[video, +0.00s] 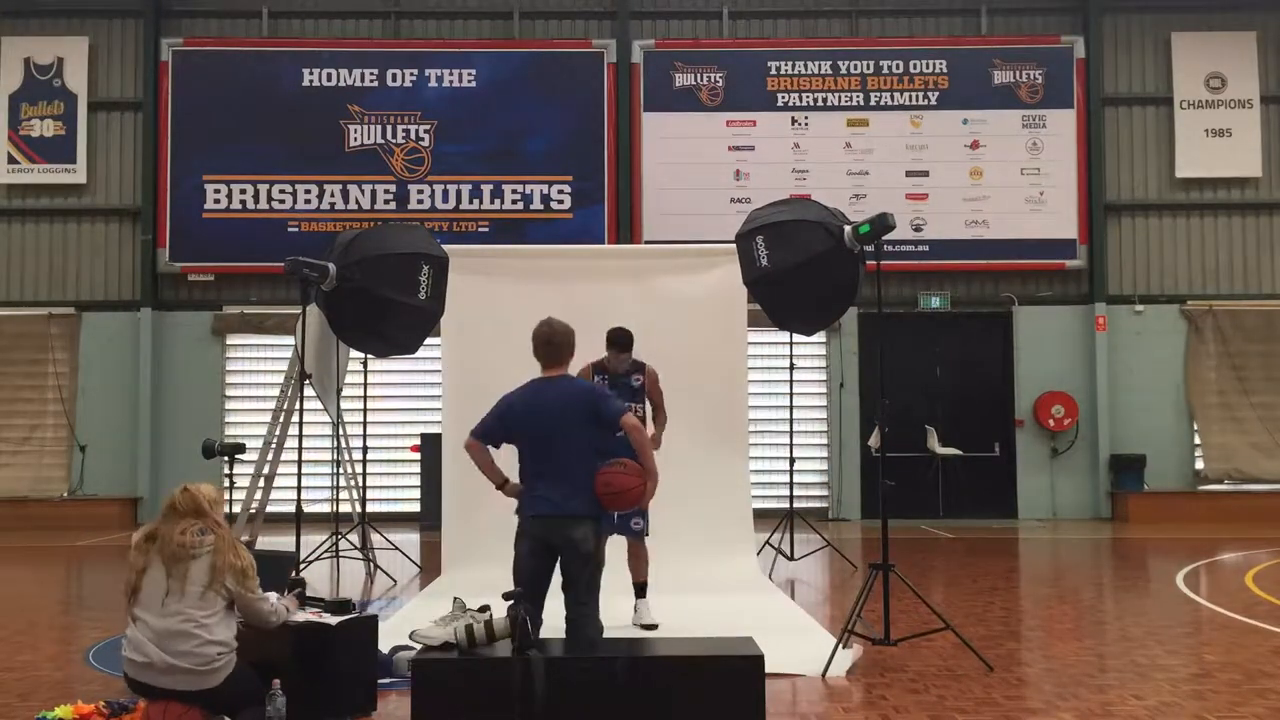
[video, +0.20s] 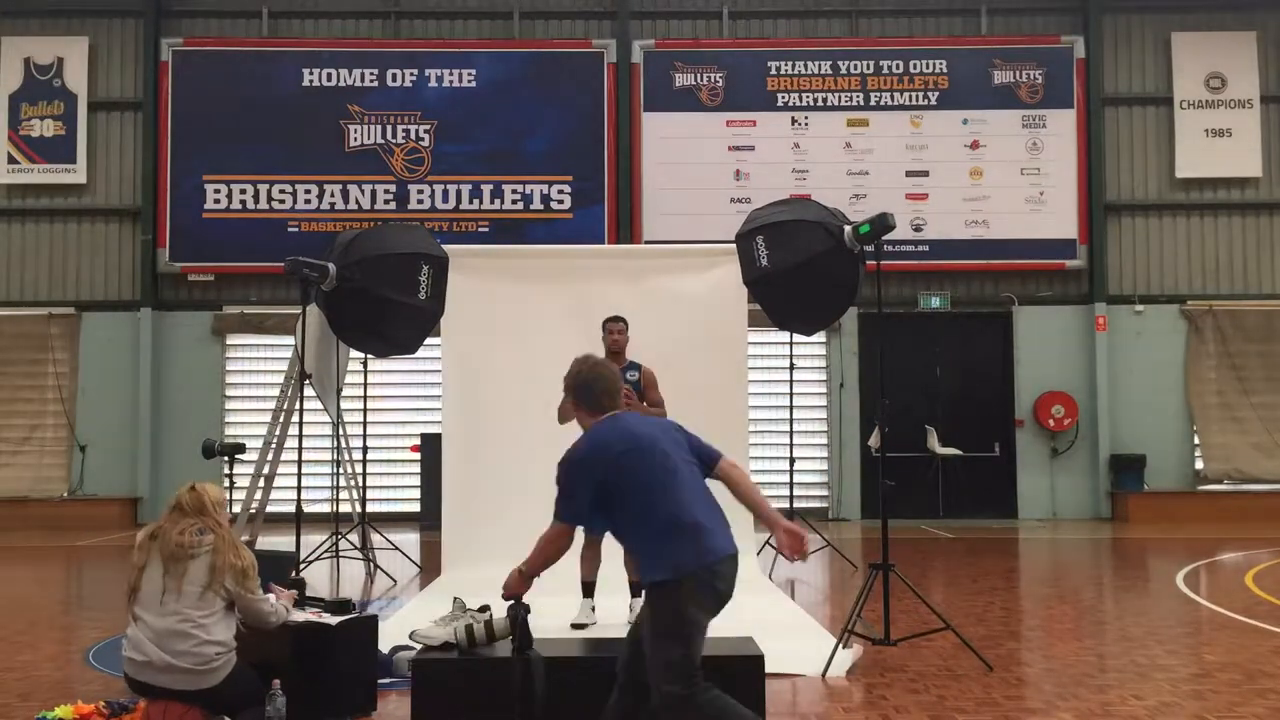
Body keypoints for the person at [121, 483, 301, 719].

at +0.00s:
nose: (224, 517)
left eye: (223, 511)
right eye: (222, 511)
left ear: (173, 511)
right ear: (212, 513)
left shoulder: (144, 542)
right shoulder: (228, 552)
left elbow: (136, 600)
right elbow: (263, 615)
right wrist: (286, 606)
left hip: (141, 678)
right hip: (206, 681)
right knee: (254, 703)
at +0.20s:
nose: (229, 517)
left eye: (227, 510)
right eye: (224, 510)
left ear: (178, 510)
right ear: (213, 513)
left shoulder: (146, 541)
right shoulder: (230, 553)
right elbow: (263, 616)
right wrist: (284, 603)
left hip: (140, 677)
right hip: (205, 682)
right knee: (254, 702)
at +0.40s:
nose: (225, 514)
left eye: (224, 507)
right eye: (222, 508)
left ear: (176, 509)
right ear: (215, 511)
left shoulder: (145, 541)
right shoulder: (231, 553)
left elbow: (137, 600)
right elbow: (261, 616)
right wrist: (286, 605)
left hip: (140, 677)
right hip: (205, 680)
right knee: (254, 702)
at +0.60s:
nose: (228, 515)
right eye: (225, 509)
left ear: (179, 509)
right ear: (220, 512)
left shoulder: (147, 540)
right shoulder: (233, 555)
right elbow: (260, 616)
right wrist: (287, 605)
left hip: (140, 677)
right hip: (204, 681)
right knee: (254, 702)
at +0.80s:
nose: (229, 523)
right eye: (227, 517)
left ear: (180, 513)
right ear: (221, 518)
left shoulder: (146, 539)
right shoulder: (231, 554)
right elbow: (264, 615)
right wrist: (288, 607)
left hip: (140, 677)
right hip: (204, 679)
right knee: (256, 702)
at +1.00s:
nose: (224, 515)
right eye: (221, 510)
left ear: (173, 509)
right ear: (215, 513)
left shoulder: (144, 543)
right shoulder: (230, 552)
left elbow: (135, 606)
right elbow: (266, 617)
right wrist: (302, 607)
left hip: (145, 679)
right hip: (208, 683)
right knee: (255, 703)